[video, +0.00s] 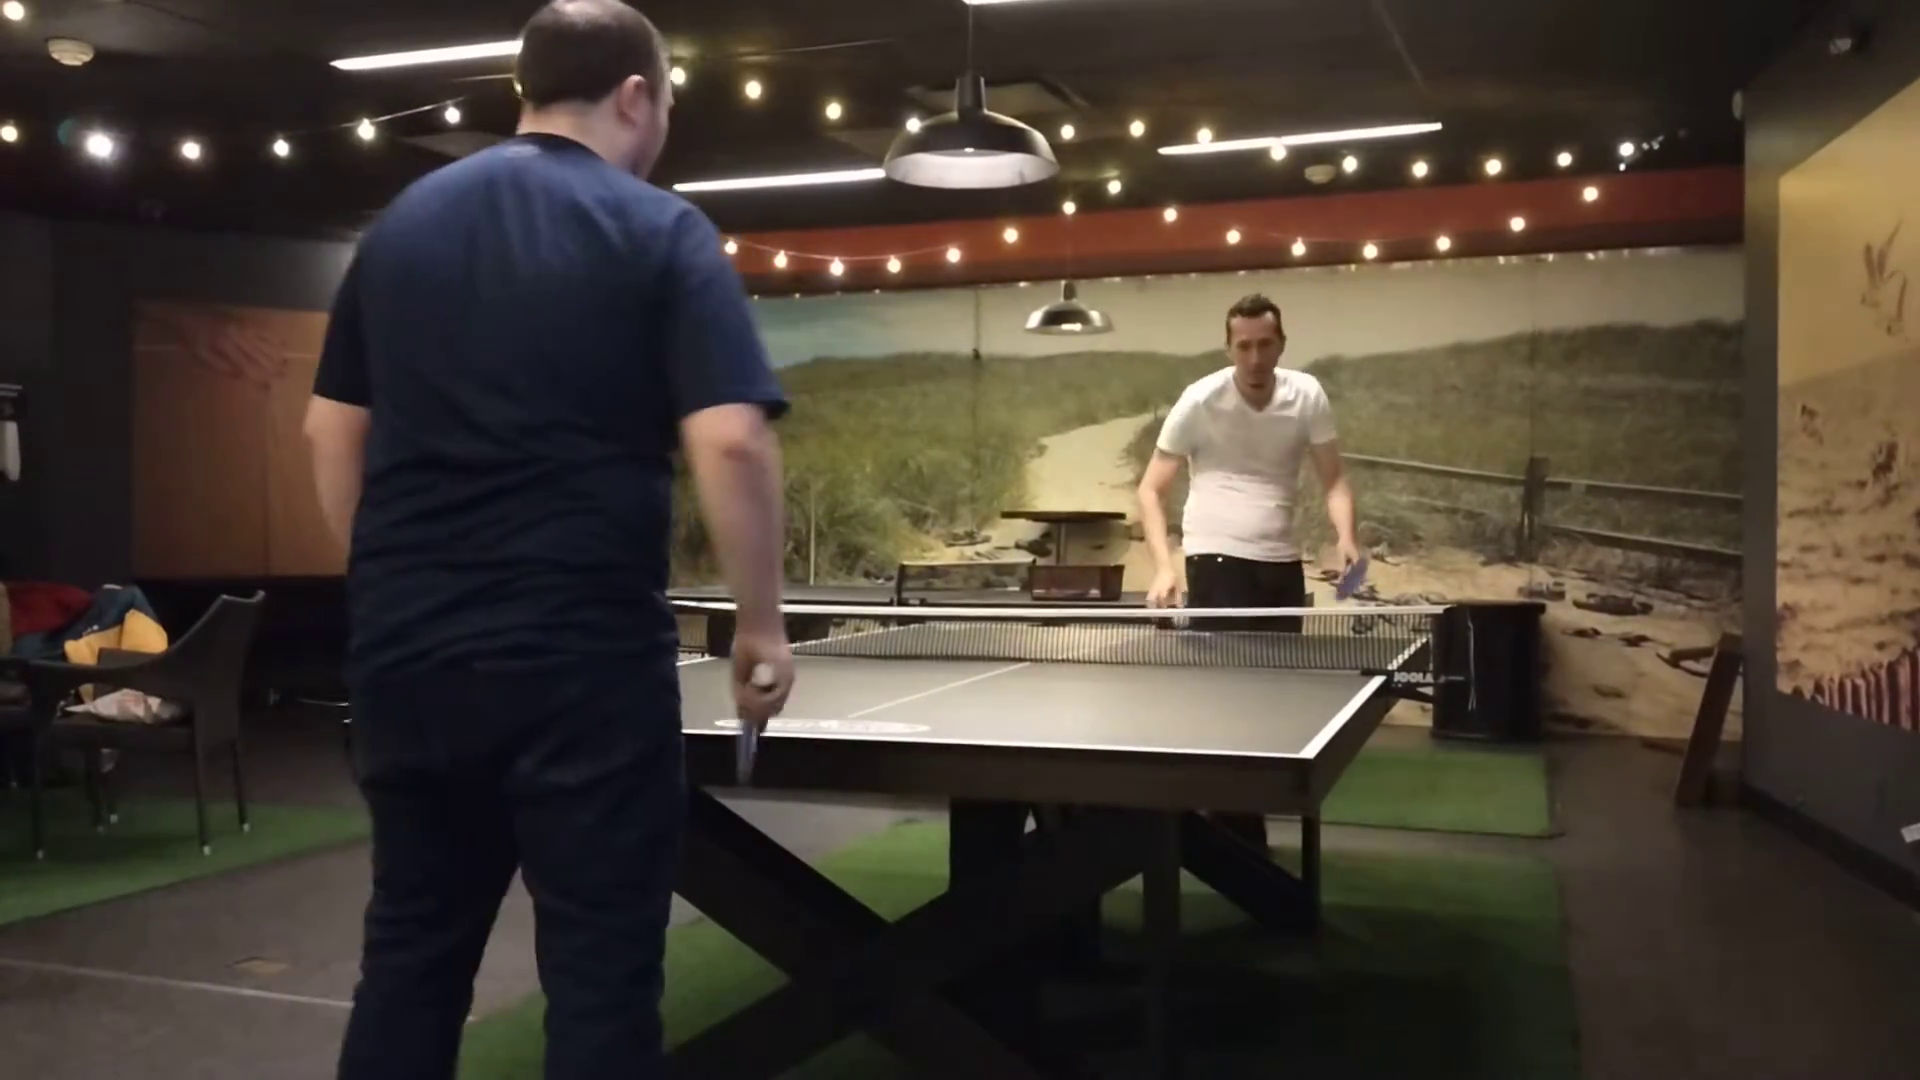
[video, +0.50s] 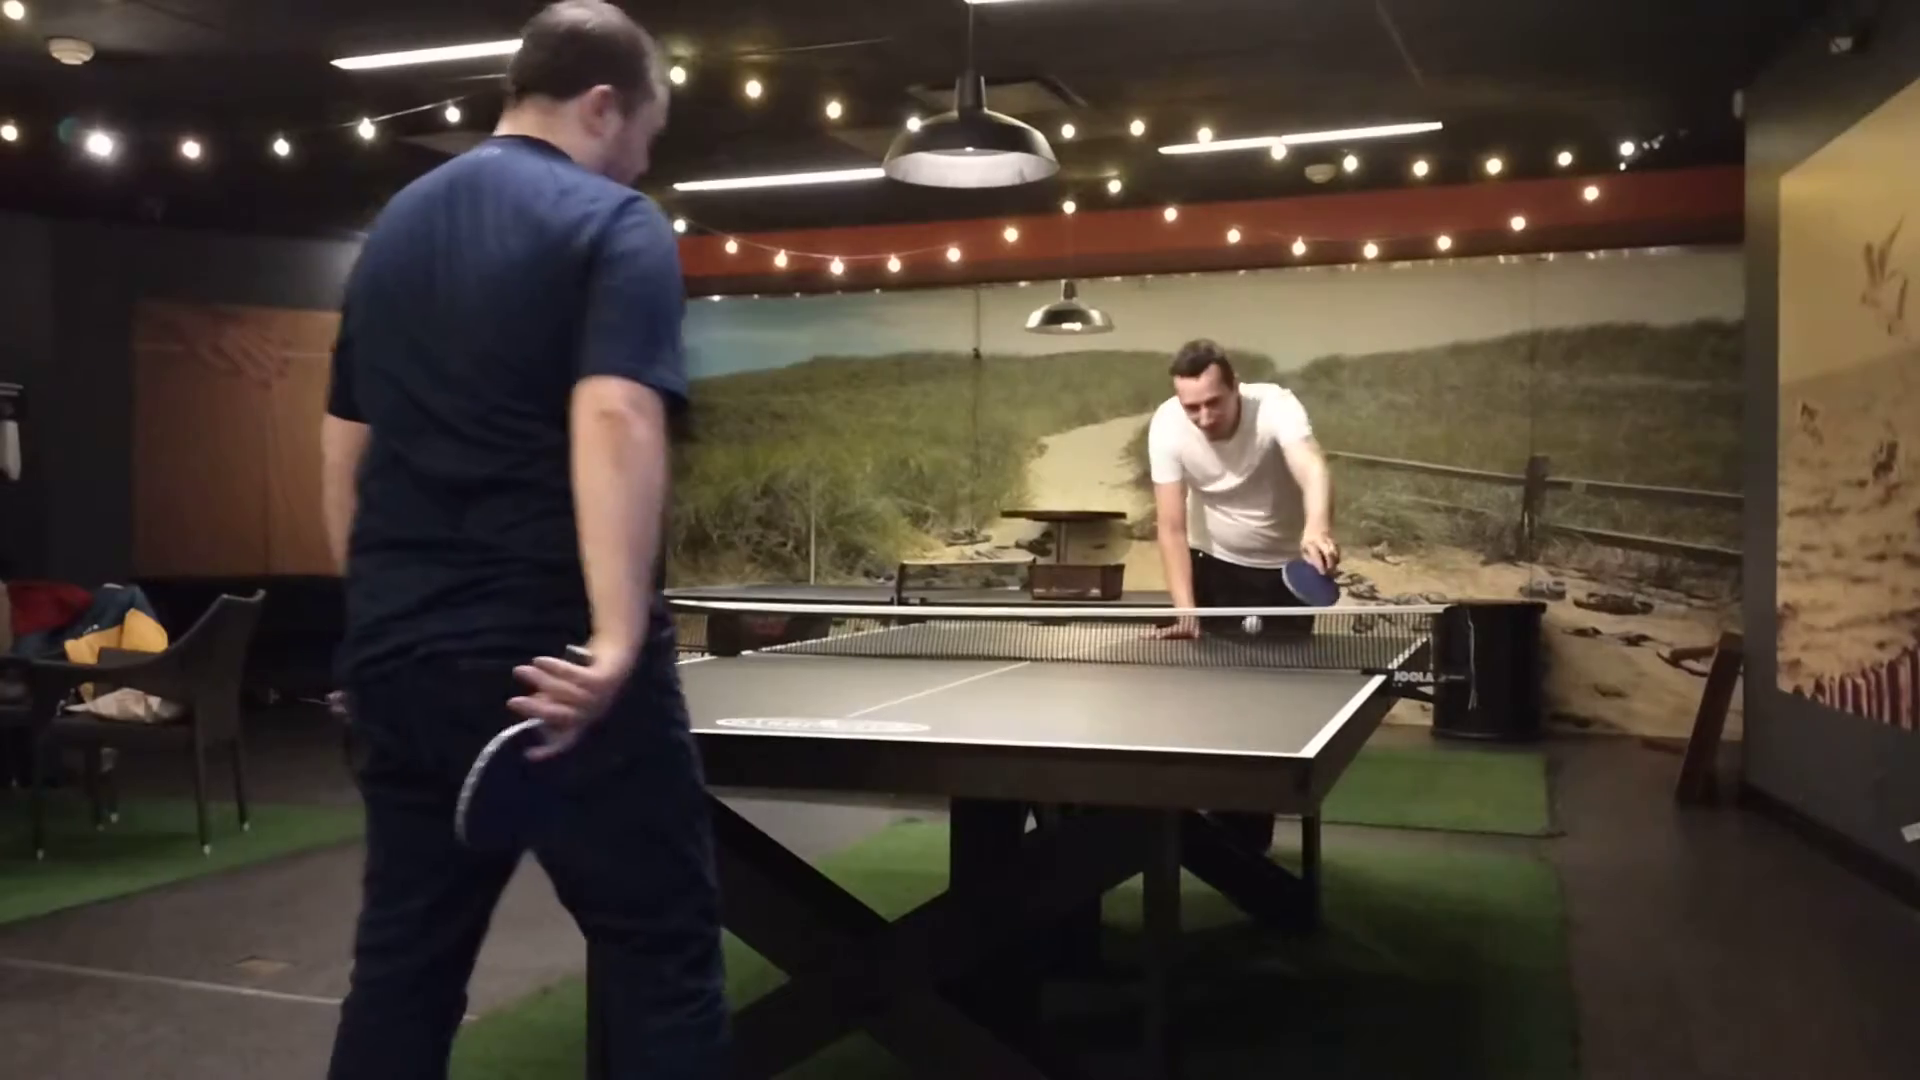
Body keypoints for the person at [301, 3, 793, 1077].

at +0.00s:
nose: (662, 128)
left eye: (660, 107)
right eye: (663, 105)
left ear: (523, 102)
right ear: (635, 96)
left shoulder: (400, 224)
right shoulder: (662, 231)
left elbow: (336, 432)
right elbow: (730, 440)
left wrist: (384, 576)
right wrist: (761, 624)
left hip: (410, 649)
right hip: (590, 663)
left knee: (411, 957)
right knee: (602, 981)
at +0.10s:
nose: (638, 135)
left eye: (639, 112)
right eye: (640, 109)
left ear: (502, 98)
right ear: (607, 95)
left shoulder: (377, 224)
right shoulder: (627, 227)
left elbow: (328, 437)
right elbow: (672, 436)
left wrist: (358, 594)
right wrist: (721, 647)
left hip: (396, 652)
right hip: (571, 667)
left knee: (396, 963)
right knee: (605, 980)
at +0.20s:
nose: (618, 151)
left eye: (620, 125)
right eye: (620, 121)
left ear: (490, 99)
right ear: (582, 98)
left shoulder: (370, 221)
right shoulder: (599, 222)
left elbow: (328, 451)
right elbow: (622, 426)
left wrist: (339, 620)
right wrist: (663, 645)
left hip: (380, 655)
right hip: (542, 667)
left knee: (385, 965)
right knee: (626, 955)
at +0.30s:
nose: (616, 151)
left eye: (619, 123)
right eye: (616, 120)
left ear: (481, 102)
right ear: (571, 100)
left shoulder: (371, 219)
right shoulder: (587, 217)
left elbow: (325, 450)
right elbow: (596, 413)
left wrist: (336, 612)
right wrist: (621, 635)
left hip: (371, 649)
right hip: (530, 660)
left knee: (383, 969)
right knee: (647, 950)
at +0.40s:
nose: (623, 158)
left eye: (628, 131)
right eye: (625, 128)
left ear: (499, 100)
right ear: (579, 101)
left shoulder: (379, 219)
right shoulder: (594, 214)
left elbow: (328, 440)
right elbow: (594, 397)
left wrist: (344, 601)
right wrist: (602, 623)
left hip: (382, 650)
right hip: (546, 656)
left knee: (390, 967)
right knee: (654, 953)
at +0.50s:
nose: (642, 162)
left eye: (648, 136)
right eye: (646, 131)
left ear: (524, 99)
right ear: (605, 105)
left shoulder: (399, 221)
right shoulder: (614, 222)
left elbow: (349, 450)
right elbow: (614, 415)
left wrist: (368, 621)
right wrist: (618, 637)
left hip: (406, 655)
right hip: (571, 659)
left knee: (402, 973)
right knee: (661, 965)